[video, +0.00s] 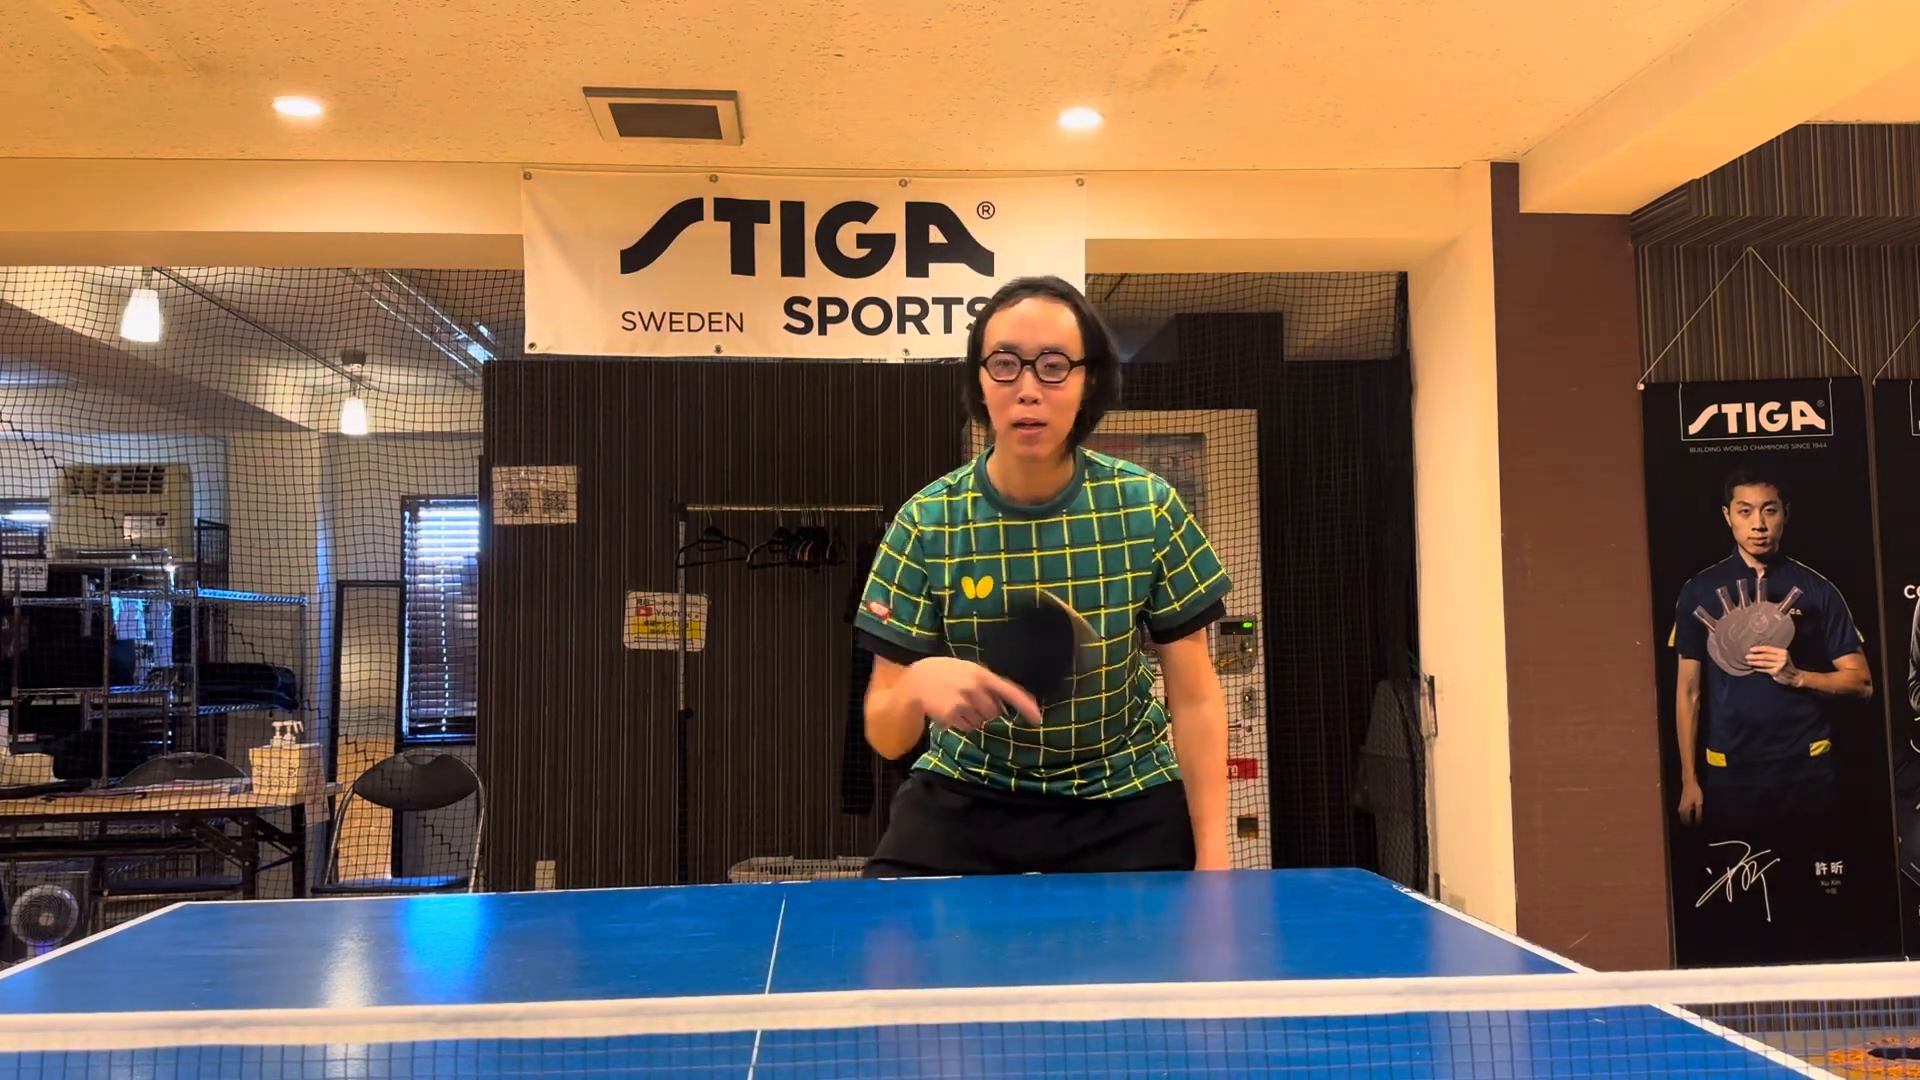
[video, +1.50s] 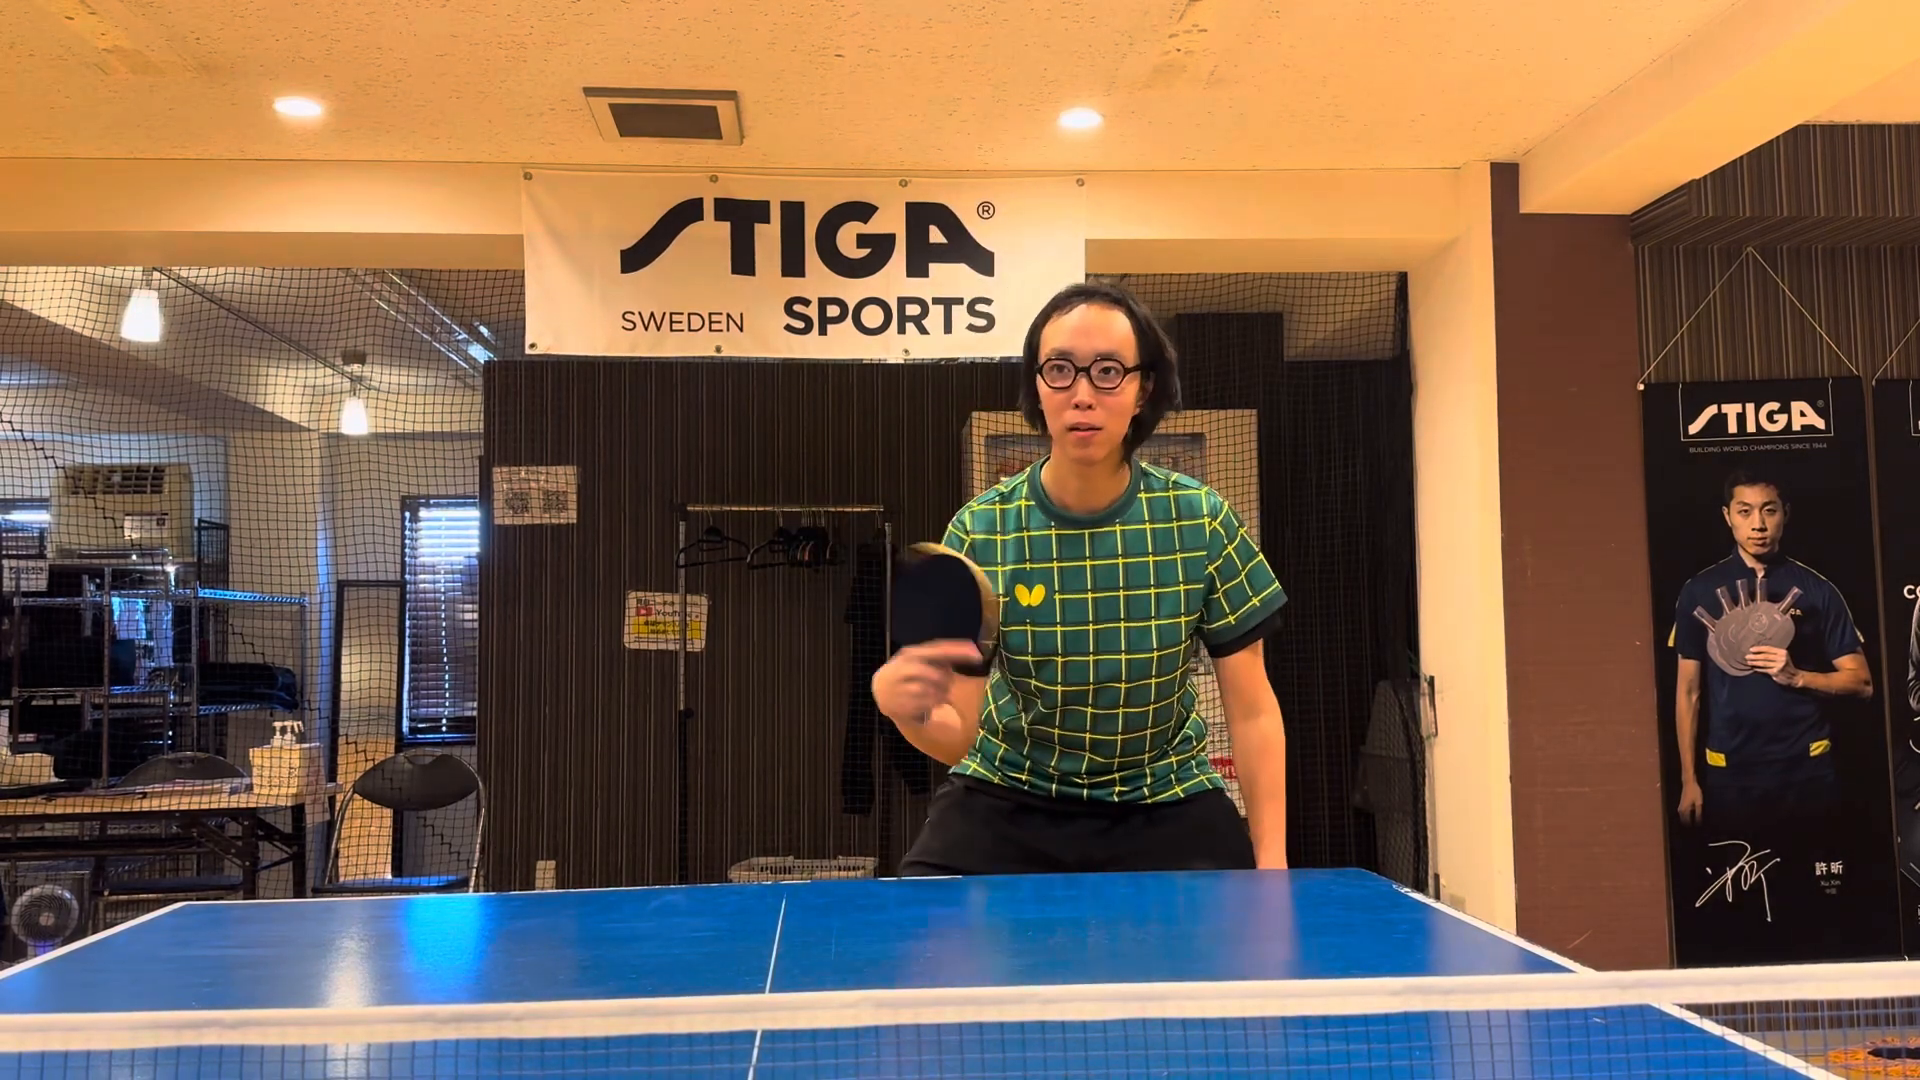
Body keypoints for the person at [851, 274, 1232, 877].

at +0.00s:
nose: (1028, 388)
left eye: (1053, 366)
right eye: (1007, 364)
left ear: (1088, 383)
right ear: (980, 381)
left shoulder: (1148, 510)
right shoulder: (927, 522)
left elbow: (1195, 697)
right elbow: (885, 736)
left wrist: (1214, 867)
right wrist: (916, 681)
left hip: (1123, 799)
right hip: (963, 797)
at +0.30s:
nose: (1027, 368)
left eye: (1052, 346)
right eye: (1006, 346)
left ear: (1088, 368)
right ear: (982, 366)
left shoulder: (1151, 506)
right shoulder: (932, 513)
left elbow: (1199, 698)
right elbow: (923, 716)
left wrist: (1223, 864)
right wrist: (829, 634)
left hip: (1135, 803)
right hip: (974, 799)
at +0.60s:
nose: (1038, 351)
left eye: (1062, 329)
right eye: (1016, 329)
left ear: (1099, 349)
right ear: (991, 348)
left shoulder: (1153, 492)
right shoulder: (940, 490)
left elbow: (1196, 688)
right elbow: (906, 695)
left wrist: (1219, 864)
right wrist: (987, 631)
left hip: (1127, 800)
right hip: (961, 796)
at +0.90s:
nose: (1082, 365)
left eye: (1107, 343)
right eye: (1061, 342)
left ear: (1145, 362)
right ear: (1038, 360)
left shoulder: (1197, 507)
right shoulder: (981, 503)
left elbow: (1232, 706)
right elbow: (976, 710)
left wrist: (1252, 880)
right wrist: (918, 659)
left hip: (1156, 798)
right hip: (999, 790)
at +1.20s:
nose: (1103, 372)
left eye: (1129, 351)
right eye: (1083, 349)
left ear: (1165, 374)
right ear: (1059, 369)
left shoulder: (1215, 511)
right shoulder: (996, 510)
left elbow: (1267, 706)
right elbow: (978, 719)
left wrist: (1284, 867)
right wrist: (931, 690)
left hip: (1175, 794)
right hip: (1016, 790)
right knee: (920, 943)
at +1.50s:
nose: (1081, 392)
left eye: (1107, 371)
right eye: (1060, 370)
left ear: (1142, 390)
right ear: (1036, 389)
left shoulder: (1199, 522)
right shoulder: (981, 530)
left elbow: (1252, 711)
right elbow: (957, 734)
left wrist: (1271, 871)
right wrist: (898, 703)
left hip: (1165, 798)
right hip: (1005, 796)